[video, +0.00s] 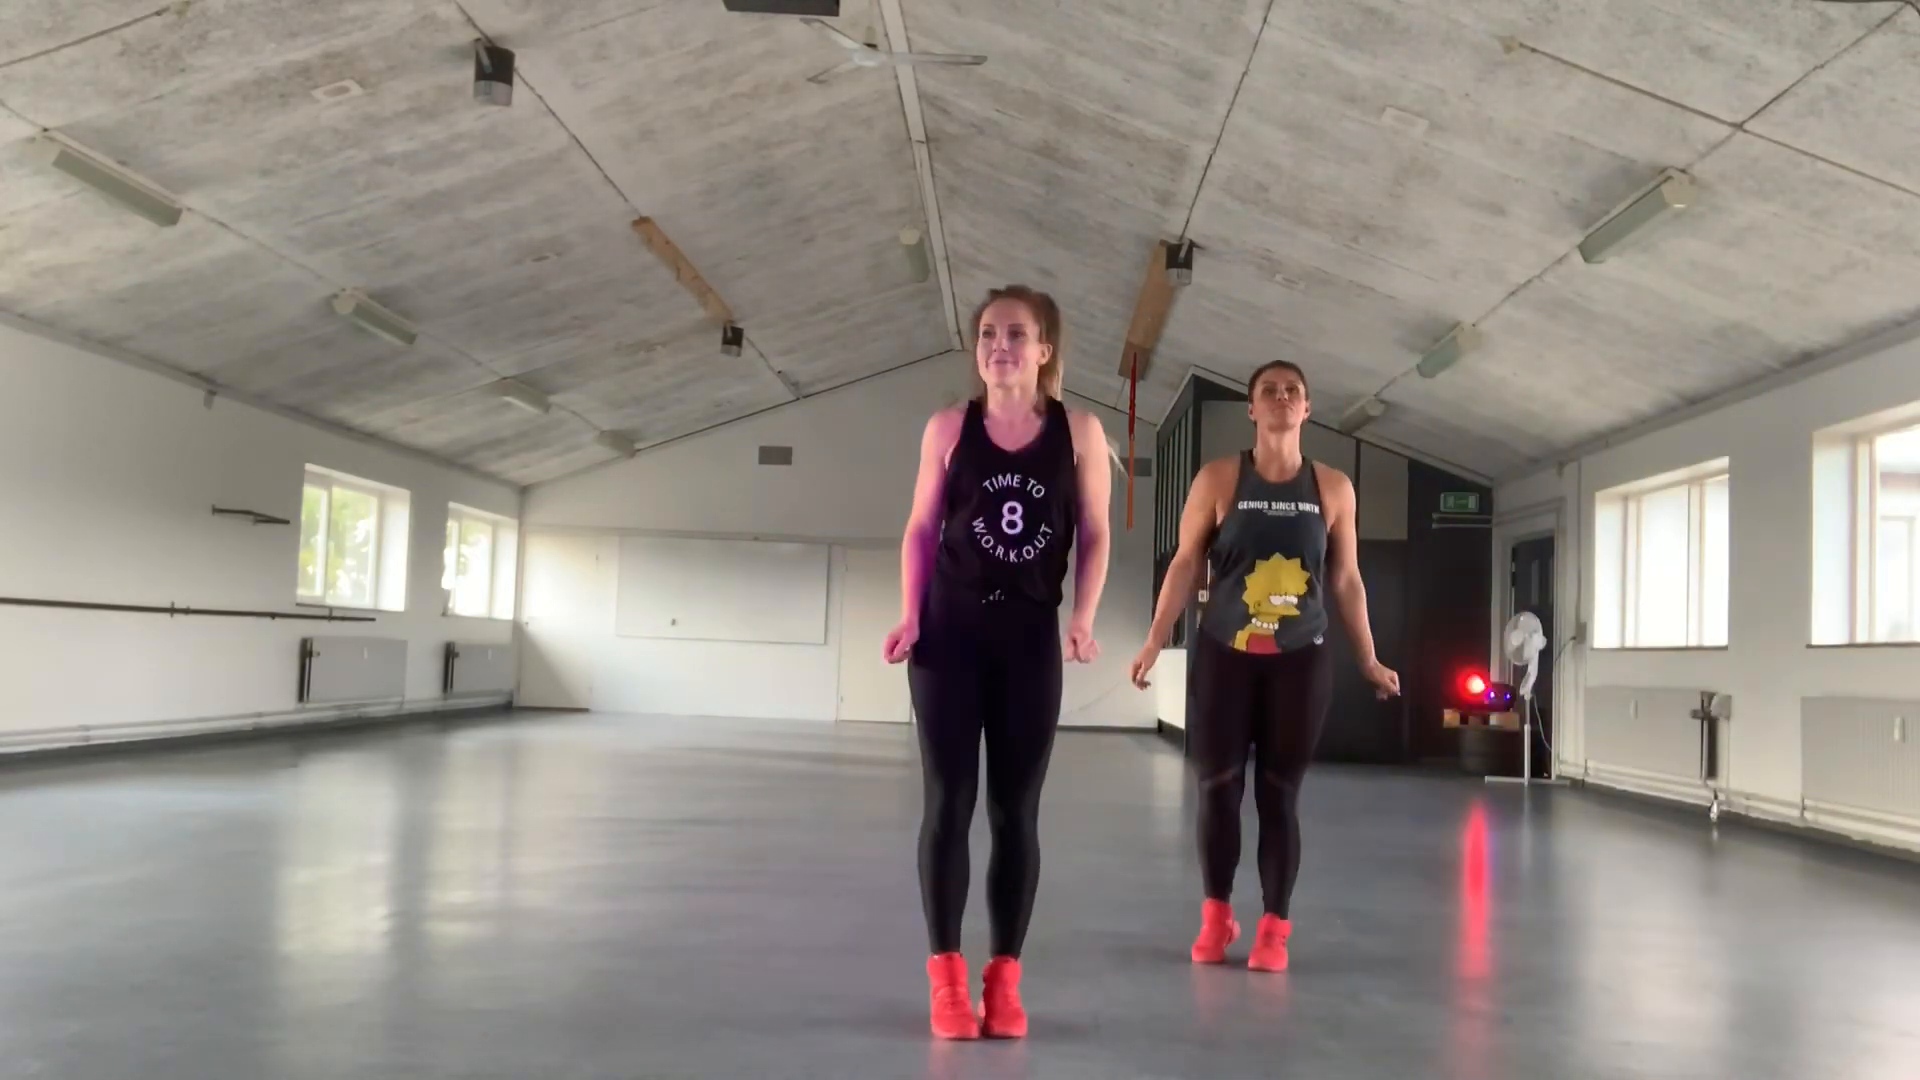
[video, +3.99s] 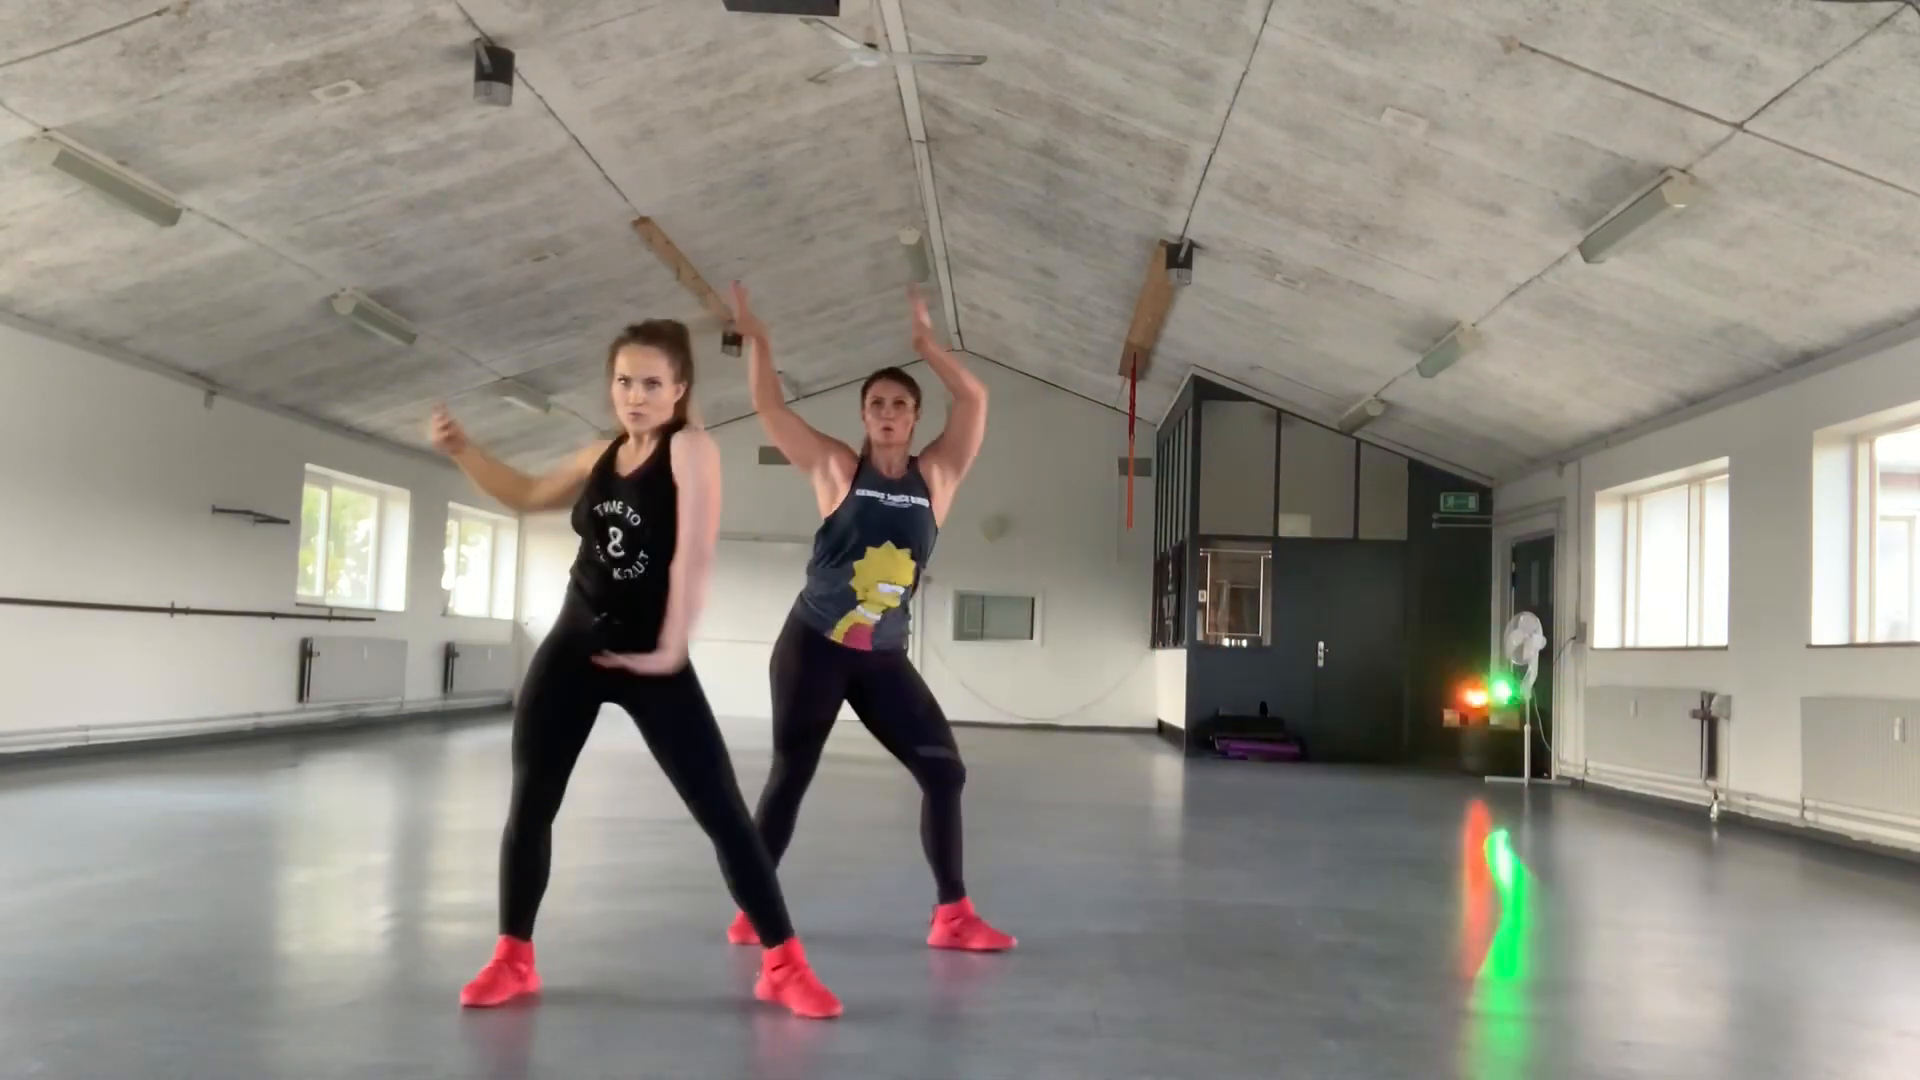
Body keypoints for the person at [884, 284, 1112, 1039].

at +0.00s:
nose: (999, 346)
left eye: (1017, 334)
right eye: (989, 333)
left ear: (1046, 349)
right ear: (974, 346)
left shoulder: (1080, 433)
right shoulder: (947, 428)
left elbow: (1094, 535)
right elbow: (922, 528)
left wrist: (1082, 613)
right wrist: (911, 612)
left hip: (1028, 641)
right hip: (947, 637)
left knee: (1016, 810)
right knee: (949, 802)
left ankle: (1005, 975)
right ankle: (946, 970)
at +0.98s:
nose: (1022, 366)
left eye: (1037, 355)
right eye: (1009, 354)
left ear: (1058, 370)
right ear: (990, 367)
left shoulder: (1088, 459)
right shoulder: (962, 433)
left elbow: (1103, 564)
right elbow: (935, 529)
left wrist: (1095, 638)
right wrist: (937, 602)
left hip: (1052, 652)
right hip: (974, 644)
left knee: (1032, 817)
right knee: (983, 783)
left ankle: (1005, 973)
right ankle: (964, 921)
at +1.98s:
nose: (1019, 344)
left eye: (1033, 333)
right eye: (1007, 333)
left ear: (1054, 348)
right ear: (986, 347)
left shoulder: (1087, 426)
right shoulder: (954, 432)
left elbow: (1108, 522)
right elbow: (928, 539)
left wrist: (1080, 568)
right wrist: (917, 636)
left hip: (1037, 635)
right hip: (960, 633)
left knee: (1027, 805)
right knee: (968, 801)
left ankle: (1018, 971)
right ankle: (962, 966)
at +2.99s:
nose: (840, 367)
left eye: (854, 354)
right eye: (828, 352)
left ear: (880, 363)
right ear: (810, 360)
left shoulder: (907, 421)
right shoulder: (783, 442)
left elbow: (931, 508)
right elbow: (754, 542)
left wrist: (896, 574)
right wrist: (726, 638)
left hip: (871, 635)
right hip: (794, 629)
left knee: (841, 798)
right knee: (776, 792)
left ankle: (825, 939)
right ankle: (756, 955)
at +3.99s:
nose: (636, 394)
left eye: (653, 383)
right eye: (625, 381)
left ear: (680, 391)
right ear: (611, 386)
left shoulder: (691, 448)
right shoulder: (599, 457)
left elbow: (693, 551)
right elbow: (524, 493)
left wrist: (671, 648)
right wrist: (462, 451)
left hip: (652, 654)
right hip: (574, 650)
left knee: (724, 813)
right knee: (531, 805)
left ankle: (785, 962)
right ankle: (513, 957)